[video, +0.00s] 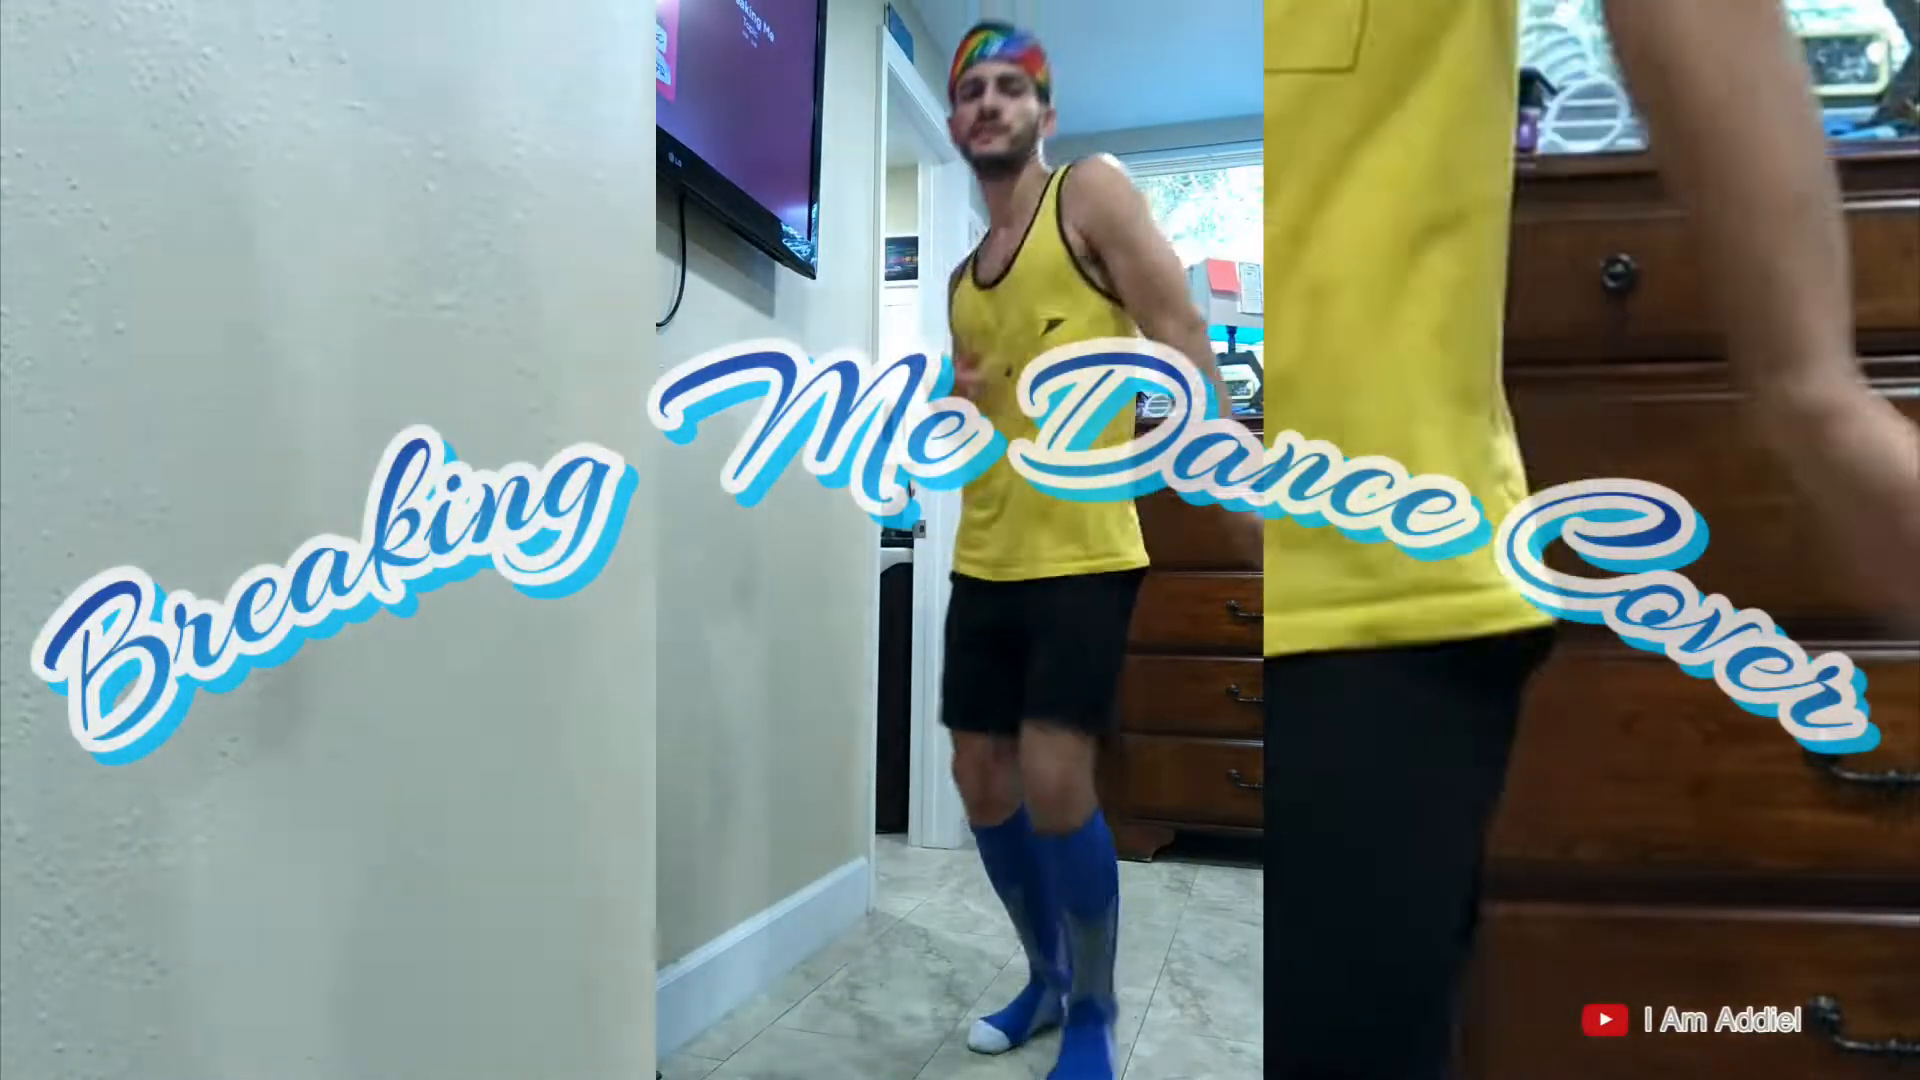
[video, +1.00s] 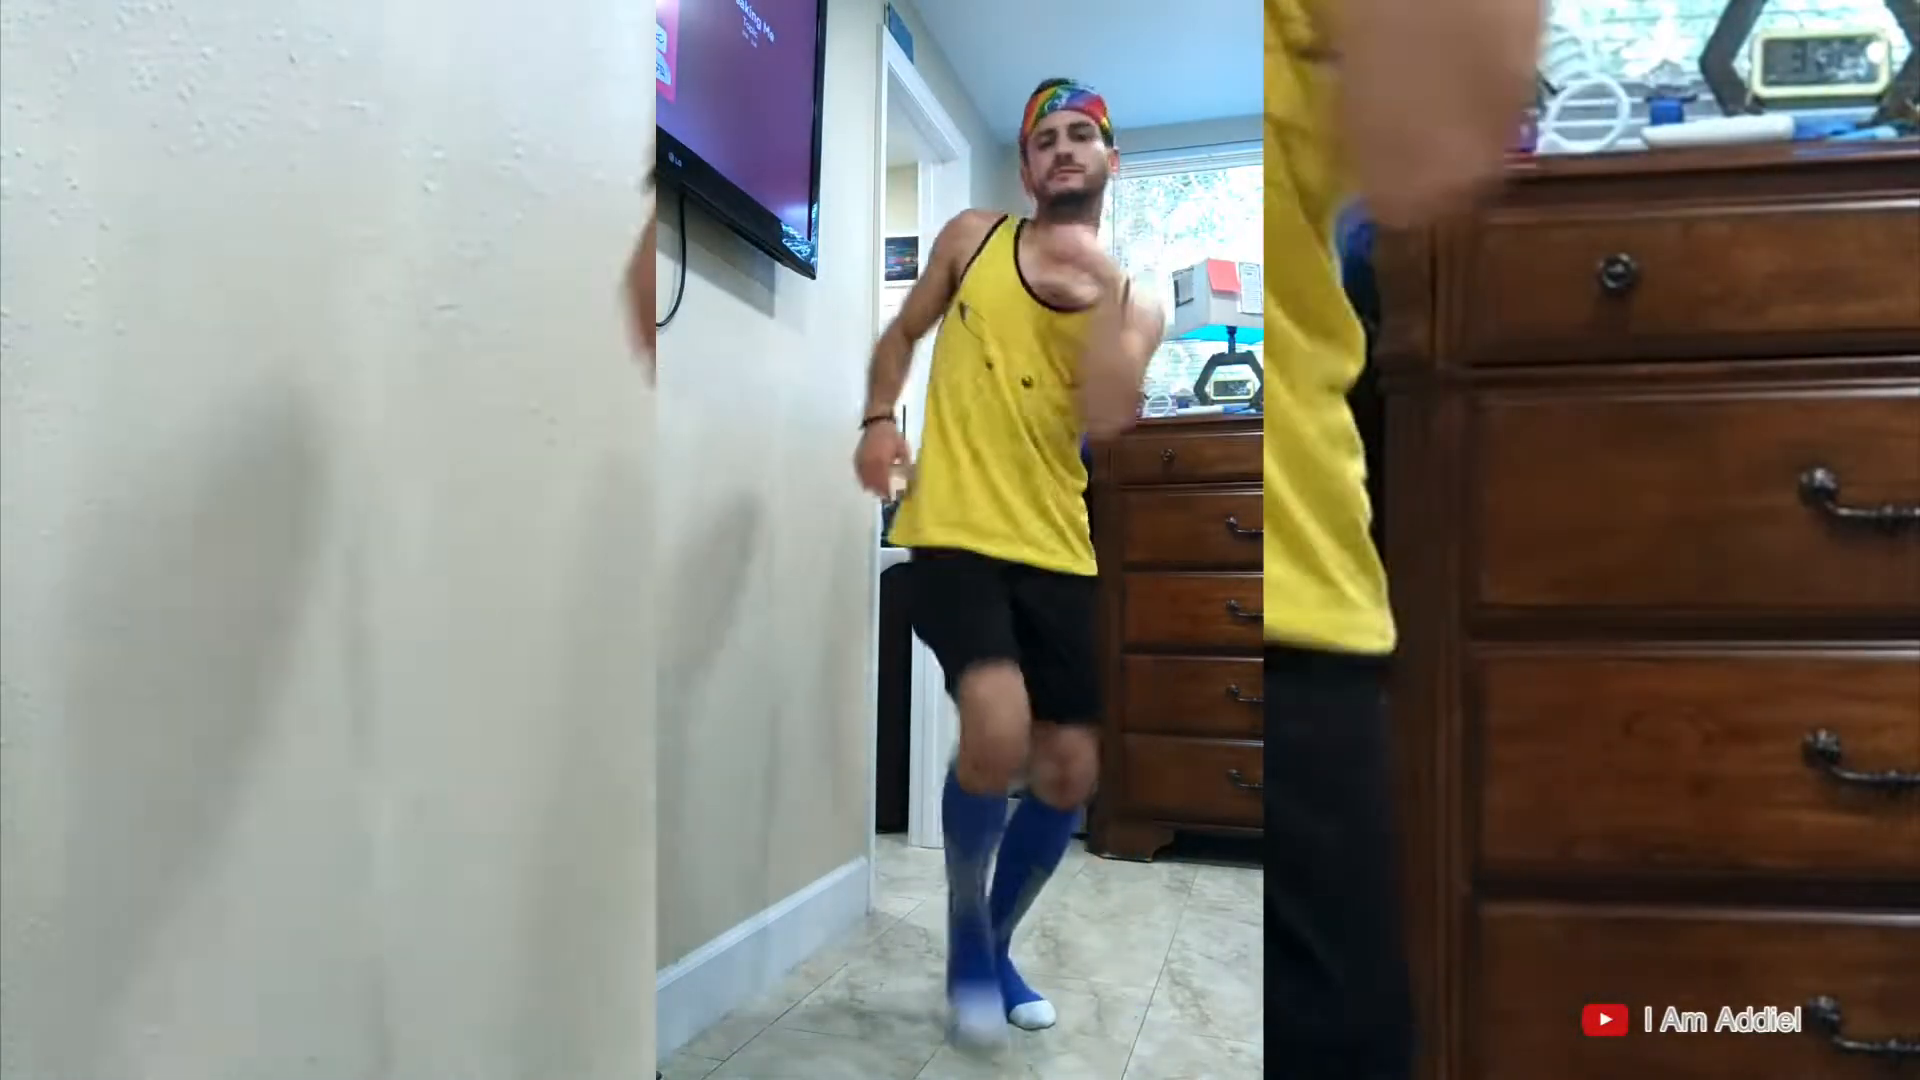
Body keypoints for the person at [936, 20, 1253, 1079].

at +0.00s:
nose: (988, 105)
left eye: (1008, 90)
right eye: (971, 93)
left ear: (1044, 112)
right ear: (953, 121)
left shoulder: (1088, 189)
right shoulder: (969, 269)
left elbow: (1183, 334)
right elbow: (968, 404)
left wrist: (1153, 437)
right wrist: (902, 447)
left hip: (1083, 545)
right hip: (986, 553)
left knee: (1052, 775)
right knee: (981, 775)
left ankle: (1093, 1019)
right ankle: (1049, 980)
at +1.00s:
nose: (1063, 149)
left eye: (1080, 136)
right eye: (1046, 141)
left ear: (1112, 162)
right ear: (1025, 167)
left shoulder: (1131, 297)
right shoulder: (975, 235)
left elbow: (1105, 419)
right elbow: (899, 335)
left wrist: (1113, 296)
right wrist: (879, 422)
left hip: (1054, 538)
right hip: (950, 520)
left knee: (1069, 767)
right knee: (997, 725)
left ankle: (991, 941)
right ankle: (969, 944)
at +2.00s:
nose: (944, 97)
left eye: (961, 84)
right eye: (924, 83)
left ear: (983, 110)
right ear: (893, 108)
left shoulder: (1021, 237)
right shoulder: (856, 229)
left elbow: (1021, 381)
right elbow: (841, 380)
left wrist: (1040, 434)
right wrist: (958, 322)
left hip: (994, 549)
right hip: (873, 549)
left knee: (1087, 749)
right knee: (844, 782)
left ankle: (1009, 1013)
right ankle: (834, 1011)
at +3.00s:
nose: (1033, 104)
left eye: (1050, 90)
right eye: (1012, 94)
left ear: (1080, 116)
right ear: (984, 128)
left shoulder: (1129, 228)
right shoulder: (977, 258)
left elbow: (1065, 335)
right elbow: (986, 392)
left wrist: (998, 241)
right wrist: (972, 502)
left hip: (1083, 566)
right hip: (956, 550)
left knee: (1117, 825)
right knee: (853, 756)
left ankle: (1052, 1025)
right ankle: (936, 929)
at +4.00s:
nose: (972, 130)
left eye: (992, 118)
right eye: (950, 118)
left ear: (1017, 152)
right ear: (918, 142)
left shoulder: (998, 308)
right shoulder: (886, 191)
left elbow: (999, 482)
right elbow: (810, 333)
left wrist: (1002, 336)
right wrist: (893, 492)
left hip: (949, 598)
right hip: (813, 586)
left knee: (1084, 806)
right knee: (765, 896)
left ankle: (974, 1055)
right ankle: (826, 1025)